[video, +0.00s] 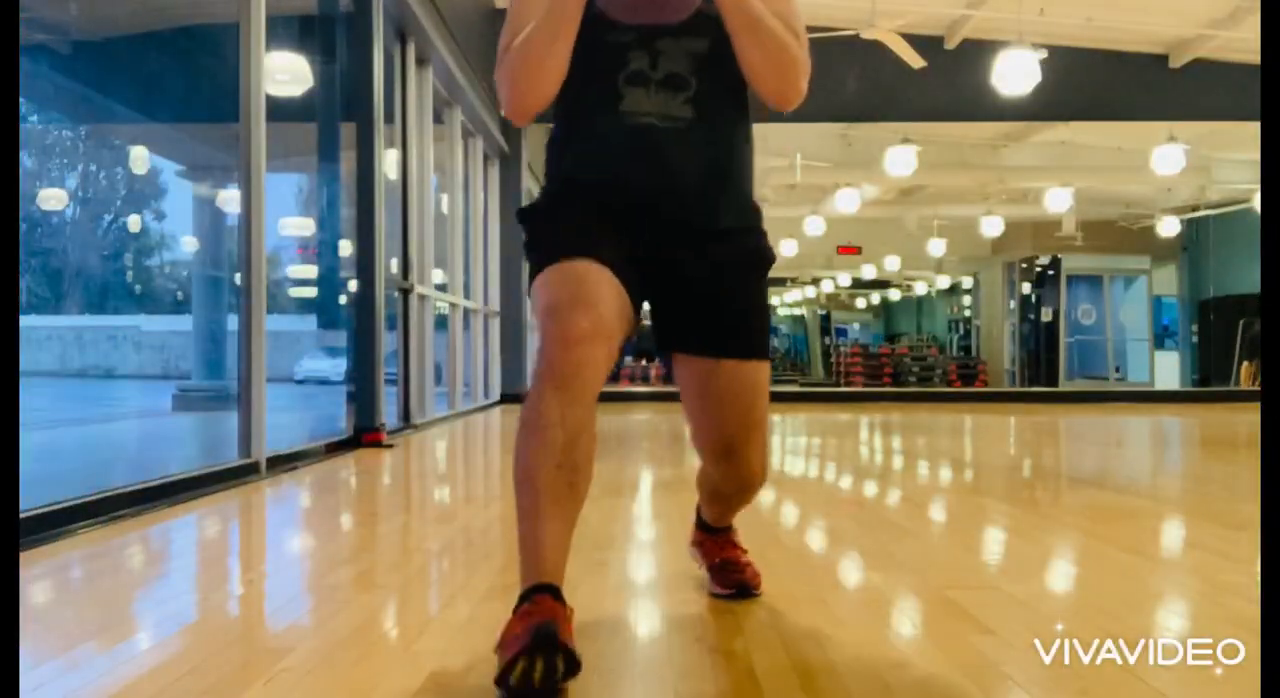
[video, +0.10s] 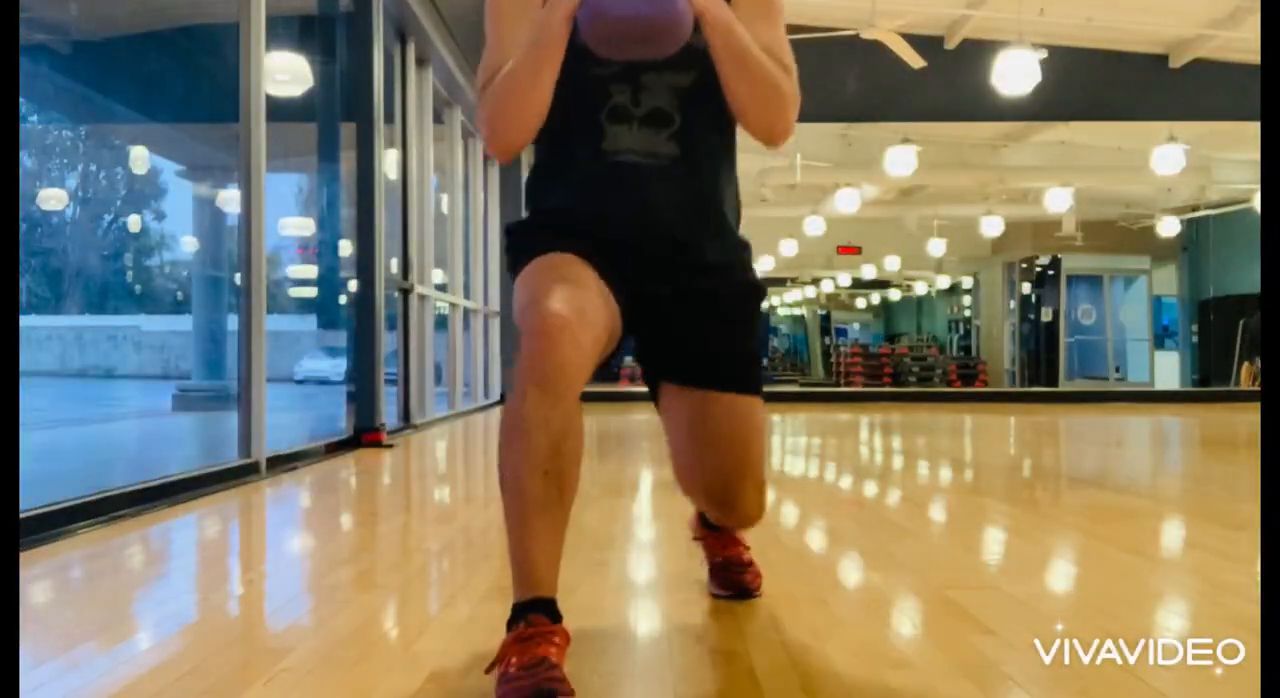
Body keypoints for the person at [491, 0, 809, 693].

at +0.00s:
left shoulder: (746, 1)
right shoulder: (556, 2)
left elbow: (787, 87)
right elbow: (519, 100)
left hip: (715, 223)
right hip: (591, 214)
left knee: (740, 463)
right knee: (571, 345)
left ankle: (714, 528)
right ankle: (541, 599)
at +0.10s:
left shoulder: (741, 0)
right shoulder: (526, 1)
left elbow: (775, 120)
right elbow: (501, 135)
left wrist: (708, 6)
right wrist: (560, 6)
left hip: (701, 243)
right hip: (576, 234)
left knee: (737, 498)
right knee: (551, 327)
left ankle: (719, 525)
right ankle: (534, 621)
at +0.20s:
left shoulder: (730, 8)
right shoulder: (510, 13)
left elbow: (767, 154)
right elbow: (485, 171)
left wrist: (693, 30)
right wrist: (548, 30)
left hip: (690, 269)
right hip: (568, 262)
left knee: (727, 530)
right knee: (538, 324)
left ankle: (735, 548)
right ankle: (534, 622)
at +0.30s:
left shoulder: (726, 25)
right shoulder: (499, 40)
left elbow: (761, 186)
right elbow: (472, 206)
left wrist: (686, 71)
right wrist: (525, 80)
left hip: (687, 303)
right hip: (566, 297)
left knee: (734, 574)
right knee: (527, 323)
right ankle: (534, 624)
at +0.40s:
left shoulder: (720, 43)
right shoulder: (492, 57)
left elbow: (757, 214)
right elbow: (464, 238)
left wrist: (680, 104)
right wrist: (518, 103)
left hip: (686, 335)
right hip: (563, 328)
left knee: (736, 594)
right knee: (519, 327)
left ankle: (679, 478)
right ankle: (534, 627)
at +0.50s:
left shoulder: (717, 56)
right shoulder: (484, 71)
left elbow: (751, 231)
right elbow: (456, 254)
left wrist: (675, 129)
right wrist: (506, 134)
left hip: (682, 346)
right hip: (559, 339)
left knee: (734, 609)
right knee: (512, 331)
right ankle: (534, 627)